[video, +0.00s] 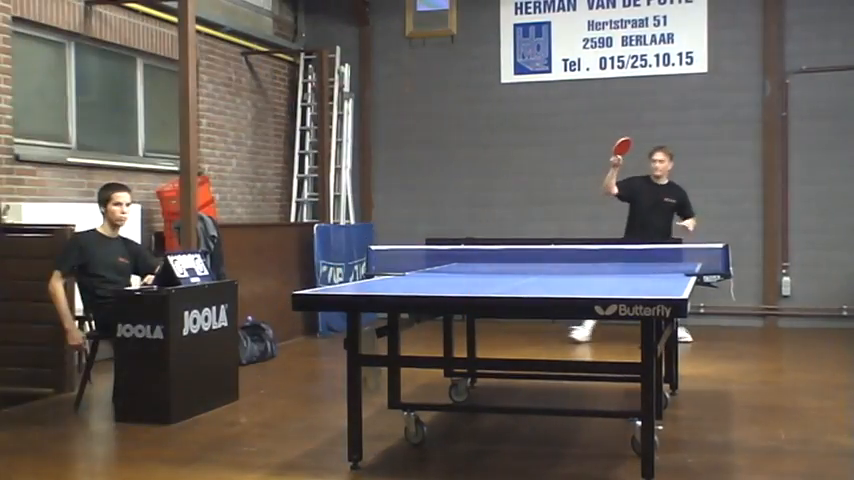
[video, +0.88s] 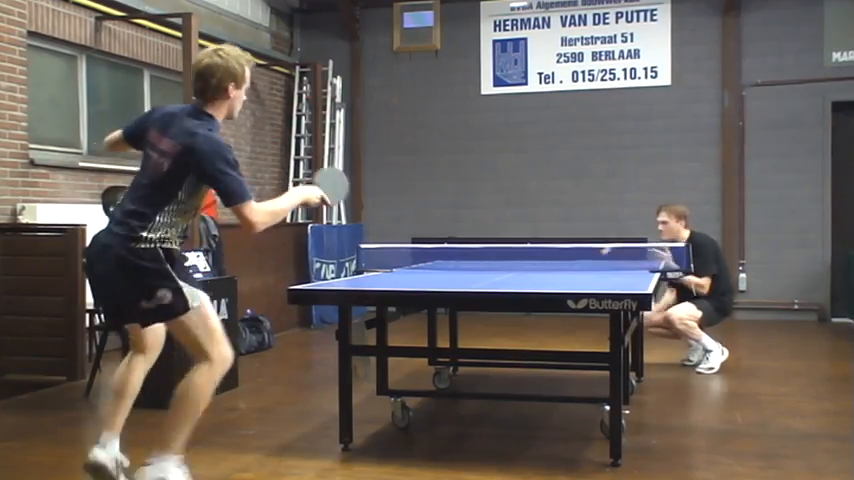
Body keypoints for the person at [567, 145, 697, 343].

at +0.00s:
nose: (656, 165)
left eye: (661, 161)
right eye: (653, 161)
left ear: (670, 165)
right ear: (649, 164)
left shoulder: (677, 192)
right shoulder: (636, 184)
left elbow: (690, 219)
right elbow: (609, 189)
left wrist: (687, 224)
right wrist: (614, 169)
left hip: (662, 251)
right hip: (631, 249)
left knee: (674, 285)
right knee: (609, 283)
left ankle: (675, 325)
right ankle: (588, 325)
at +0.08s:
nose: (663, 159)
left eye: (667, 155)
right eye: (660, 155)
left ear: (676, 158)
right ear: (655, 157)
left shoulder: (684, 185)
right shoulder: (643, 178)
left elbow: (701, 214)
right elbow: (616, 191)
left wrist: (691, 218)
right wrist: (620, 174)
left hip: (670, 245)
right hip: (639, 242)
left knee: (677, 283)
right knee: (622, 272)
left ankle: (682, 321)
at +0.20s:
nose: (650, 177)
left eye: (651, 171)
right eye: (647, 172)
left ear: (665, 162)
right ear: (663, 164)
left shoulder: (687, 179)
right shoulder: (670, 179)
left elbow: (691, 225)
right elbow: (678, 214)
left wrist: (653, 238)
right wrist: (657, 233)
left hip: (713, 235)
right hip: (698, 235)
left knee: (693, 292)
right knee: (691, 292)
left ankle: (711, 351)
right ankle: (709, 350)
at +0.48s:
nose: (654, 183)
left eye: (657, 177)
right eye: (653, 179)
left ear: (674, 172)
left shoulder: (693, 191)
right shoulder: (673, 196)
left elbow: (682, 232)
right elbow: (658, 231)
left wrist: (644, 219)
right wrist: (642, 215)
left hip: (711, 253)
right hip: (690, 252)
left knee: (672, 294)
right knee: (661, 297)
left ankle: (701, 346)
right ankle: (707, 346)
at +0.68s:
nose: (659, 200)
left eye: (664, 195)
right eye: (659, 195)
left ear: (681, 195)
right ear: (679, 196)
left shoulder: (698, 215)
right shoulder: (676, 223)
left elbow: (691, 252)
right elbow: (649, 240)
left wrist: (655, 243)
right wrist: (653, 214)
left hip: (710, 281)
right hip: (688, 279)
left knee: (671, 310)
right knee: (649, 312)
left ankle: (712, 347)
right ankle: (698, 344)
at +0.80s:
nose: (661, 218)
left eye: (666, 213)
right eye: (660, 214)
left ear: (682, 213)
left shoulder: (702, 235)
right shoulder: (674, 240)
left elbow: (698, 277)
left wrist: (665, 260)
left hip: (715, 295)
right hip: (689, 293)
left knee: (674, 315)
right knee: (648, 316)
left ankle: (714, 348)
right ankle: (697, 343)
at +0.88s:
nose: (659, 228)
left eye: (664, 223)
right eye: (658, 223)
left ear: (680, 223)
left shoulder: (703, 244)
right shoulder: (672, 248)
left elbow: (704, 288)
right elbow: (672, 289)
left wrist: (677, 274)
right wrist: (658, 308)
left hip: (716, 300)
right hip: (688, 299)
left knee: (675, 315)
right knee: (648, 321)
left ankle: (716, 349)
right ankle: (696, 344)